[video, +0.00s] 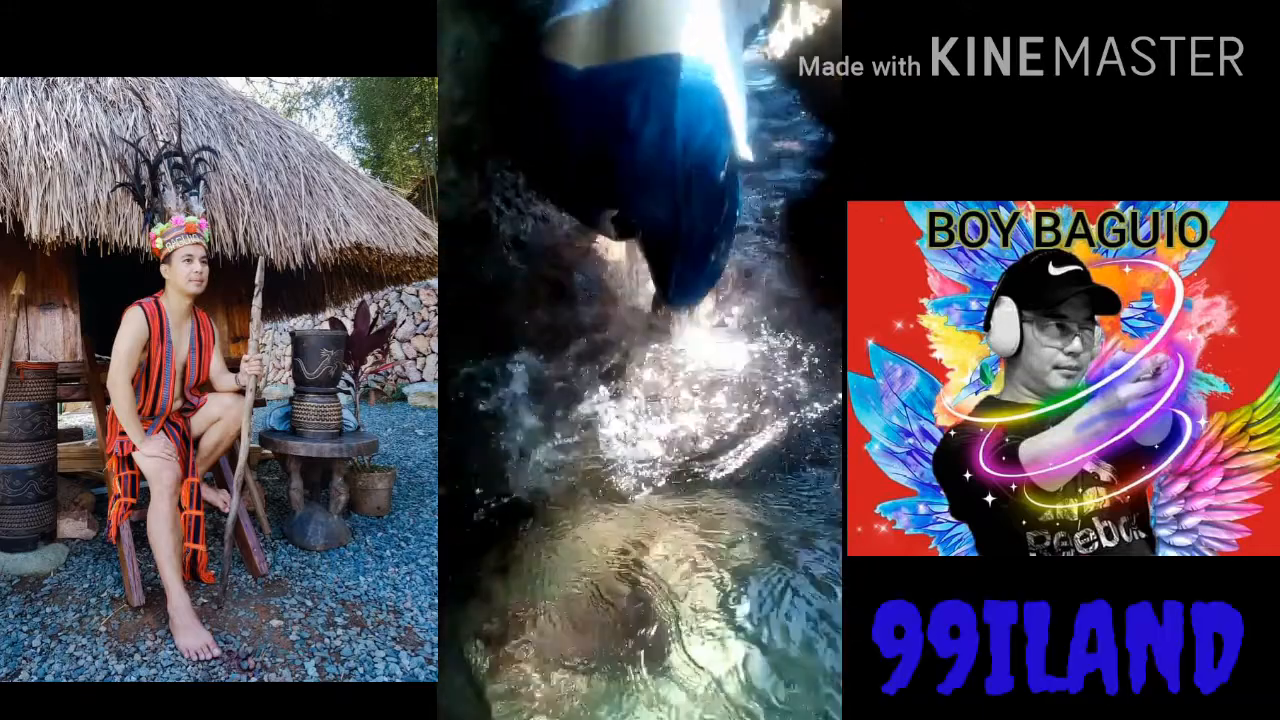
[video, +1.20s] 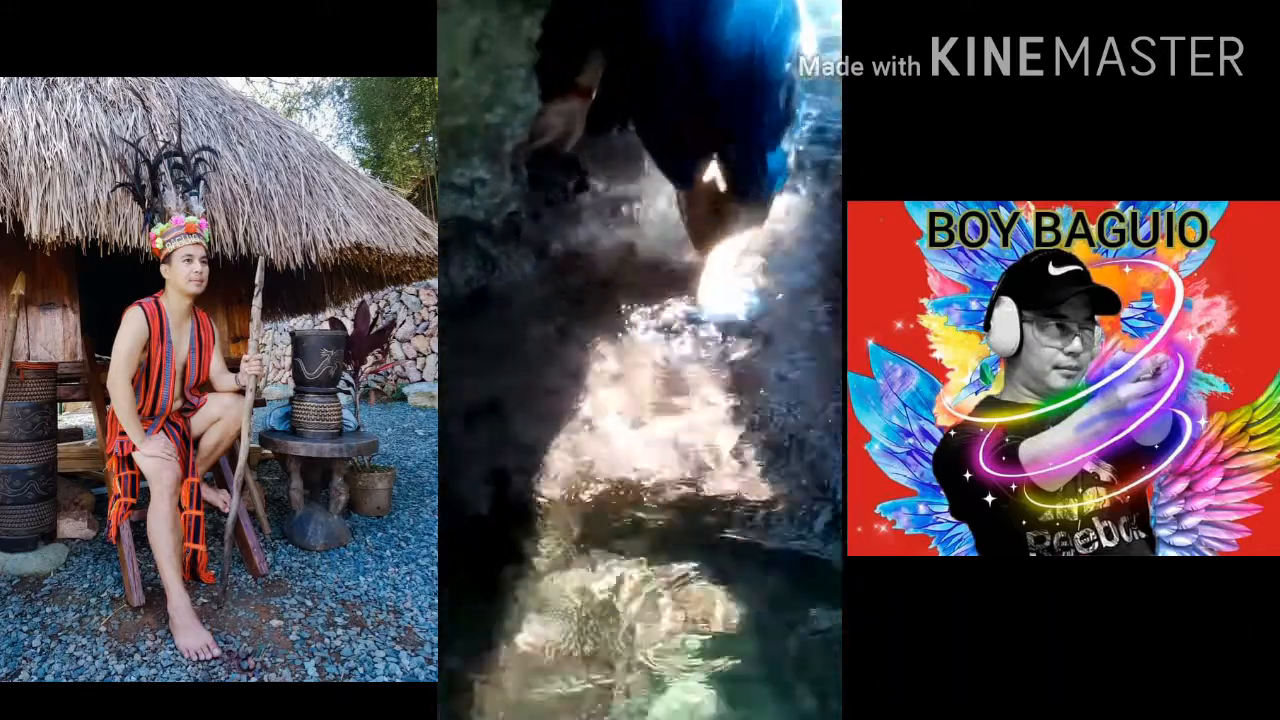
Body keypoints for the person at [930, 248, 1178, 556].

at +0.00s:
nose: (1076, 346)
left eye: (1086, 328)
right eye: (1055, 327)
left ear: (1097, 334)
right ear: (1007, 328)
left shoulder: (1113, 409)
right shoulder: (962, 446)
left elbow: (1156, 435)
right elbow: (1021, 472)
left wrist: (1148, 396)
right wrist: (1105, 412)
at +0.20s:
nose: (1076, 346)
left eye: (1086, 328)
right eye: (1055, 327)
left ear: (1097, 334)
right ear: (1007, 328)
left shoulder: (1113, 409)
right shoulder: (962, 446)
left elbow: (1156, 435)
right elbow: (1021, 472)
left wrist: (1148, 396)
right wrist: (1105, 412)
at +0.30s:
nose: (1076, 346)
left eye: (1086, 328)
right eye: (1055, 327)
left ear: (1096, 334)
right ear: (1007, 327)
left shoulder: (1113, 409)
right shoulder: (962, 445)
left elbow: (1156, 435)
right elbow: (1022, 472)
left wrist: (1149, 396)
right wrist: (1105, 412)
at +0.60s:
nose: (1076, 346)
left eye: (1086, 328)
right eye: (1055, 327)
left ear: (1097, 334)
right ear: (1007, 327)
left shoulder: (1113, 409)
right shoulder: (962, 445)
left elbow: (1156, 435)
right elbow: (1022, 472)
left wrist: (1149, 396)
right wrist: (1106, 412)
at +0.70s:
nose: (1076, 346)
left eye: (1086, 328)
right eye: (1055, 327)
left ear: (1097, 334)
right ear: (1007, 328)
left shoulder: (1113, 409)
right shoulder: (962, 446)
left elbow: (1156, 435)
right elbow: (1021, 472)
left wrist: (1148, 396)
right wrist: (1106, 412)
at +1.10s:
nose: (1076, 346)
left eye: (1086, 328)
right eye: (1055, 327)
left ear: (1097, 334)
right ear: (1007, 328)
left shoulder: (1113, 408)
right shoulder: (962, 446)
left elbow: (1155, 435)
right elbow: (1022, 472)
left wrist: (1149, 396)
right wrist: (1106, 412)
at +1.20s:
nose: (1076, 346)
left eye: (1086, 328)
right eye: (1055, 326)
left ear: (1097, 335)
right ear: (1007, 328)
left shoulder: (1113, 408)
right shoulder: (962, 446)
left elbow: (1156, 435)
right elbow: (1022, 471)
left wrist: (1147, 395)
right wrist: (1105, 413)